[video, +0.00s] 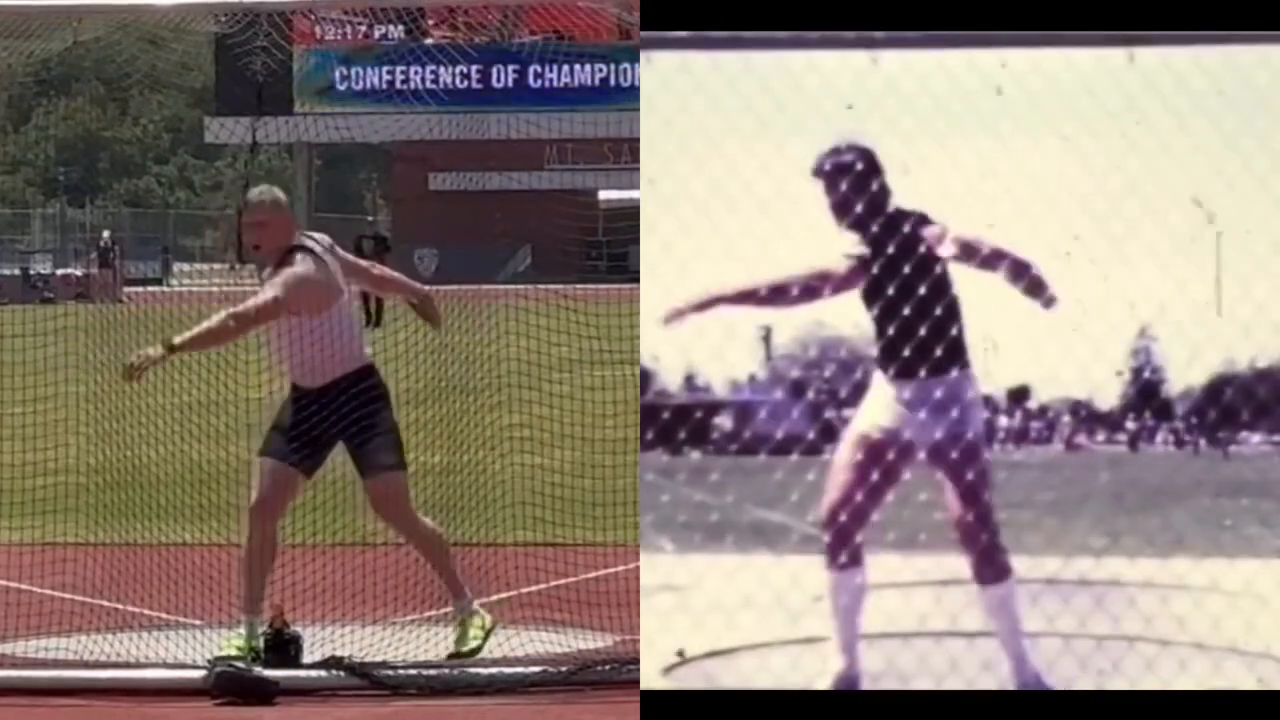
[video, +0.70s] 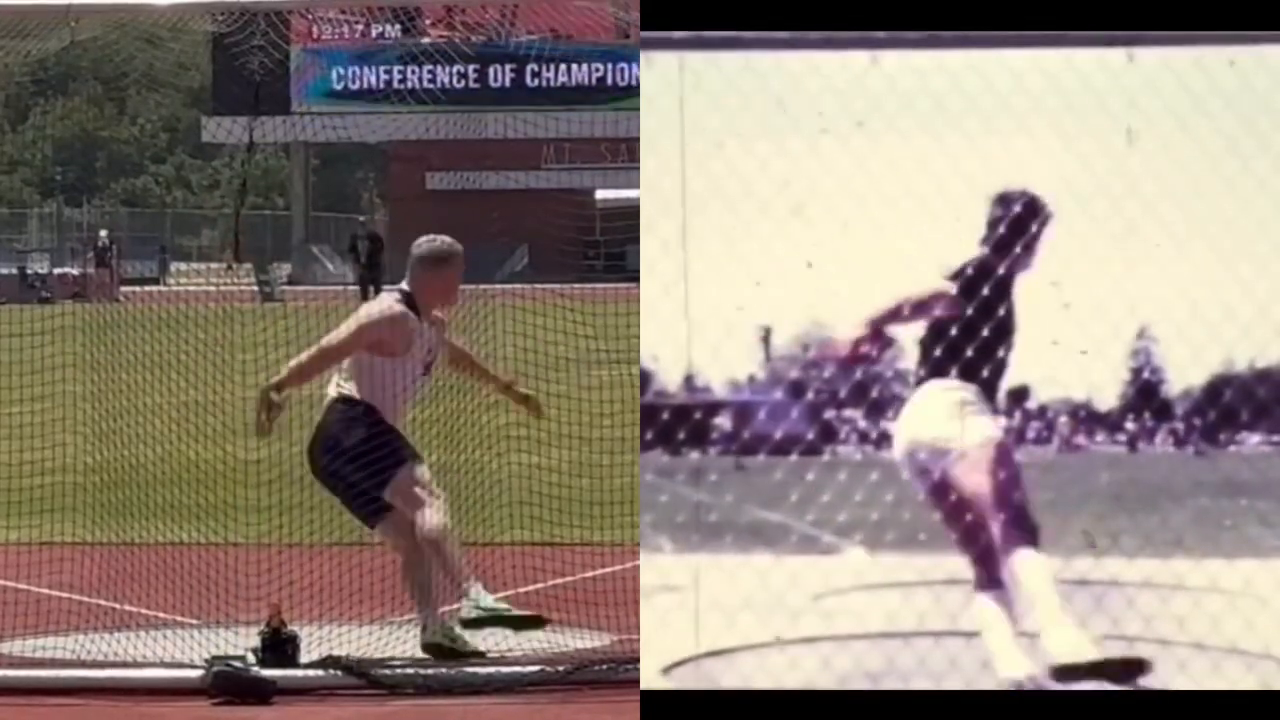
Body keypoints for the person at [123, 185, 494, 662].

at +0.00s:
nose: (252, 237)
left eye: (262, 226)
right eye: (247, 227)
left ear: (288, 226)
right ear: (244, 230)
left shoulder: (303, 273)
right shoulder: (314, 243)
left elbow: (240, 320)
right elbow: (368, 273)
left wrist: (167, 349)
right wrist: (417, 292)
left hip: (357, 395)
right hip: (306, 401)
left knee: (393, 506)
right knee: (263, 508)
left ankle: (469, 610)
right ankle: (250, 632)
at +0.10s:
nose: (280, 240)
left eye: (290, 230)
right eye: (273, 232)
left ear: (310, 231)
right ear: (265, 236)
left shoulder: (329, 274)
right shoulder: (292, 278)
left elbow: (300, 320)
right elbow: (361, 284)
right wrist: (383, 316)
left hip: (366, 399)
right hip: (311, 405)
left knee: (405, 507)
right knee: (266, 506)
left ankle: (458, 617)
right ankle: (250, 631)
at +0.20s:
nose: (323, 246)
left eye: (329, 237)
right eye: (313, 238)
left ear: (339, 235)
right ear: (295, 238)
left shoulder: (355, 278)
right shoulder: (287, 270)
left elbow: (368, 312)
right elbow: (303, 320)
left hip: (371, 404)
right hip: (312, 406)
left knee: (421, 504)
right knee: (268, 506)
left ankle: (444, 627)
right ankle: (251, 631)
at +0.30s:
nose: (369, 254)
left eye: (374, 244)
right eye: (358, 245)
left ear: (379, 246)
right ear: (331, 247)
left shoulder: (392, 288)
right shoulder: (302, 282)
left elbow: (436, 316)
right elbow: (272, 316)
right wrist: (258, 338)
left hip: (377, 423)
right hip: (314, 421)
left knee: (449, 504)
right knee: (273, 510)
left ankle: (427, 628)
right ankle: (248, 634)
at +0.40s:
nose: (414, 259)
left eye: (413, 250)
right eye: (404, 250)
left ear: (408, 255)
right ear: (370, 254)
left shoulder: (426, 297)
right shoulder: (327, 293)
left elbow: (488, 320)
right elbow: (264, 322)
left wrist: (531, 347)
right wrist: (214, 353)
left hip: (377, 437)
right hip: (328, 425)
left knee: (461, 508)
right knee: (309, 509)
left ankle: (437, 621)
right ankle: (222, 613)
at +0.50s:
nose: (443, 276)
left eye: (443, 266)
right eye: (436, 266)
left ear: (425, 271)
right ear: (406, 269)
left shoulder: (442, 311)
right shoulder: (353, 306)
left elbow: (505, 335)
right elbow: (280, 338)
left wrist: (570, 361)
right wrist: (213, 371)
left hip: (377, 450)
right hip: (345, 433)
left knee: (448, 526)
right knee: (364, 512)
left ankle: (438, 624)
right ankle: (251, 571)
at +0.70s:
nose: (459, 288)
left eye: (460, 279)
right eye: (456, 278)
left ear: (426, 276)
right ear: (433, 277)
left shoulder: (429, 328)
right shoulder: (389, 313)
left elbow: (462, 360)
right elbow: (328, 351)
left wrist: (507, 388)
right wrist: (277, 388)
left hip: (333, 448)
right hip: (352, 426)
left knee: (411, 536)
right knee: (426, 501)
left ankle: (435, 629)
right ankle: (473, 596)